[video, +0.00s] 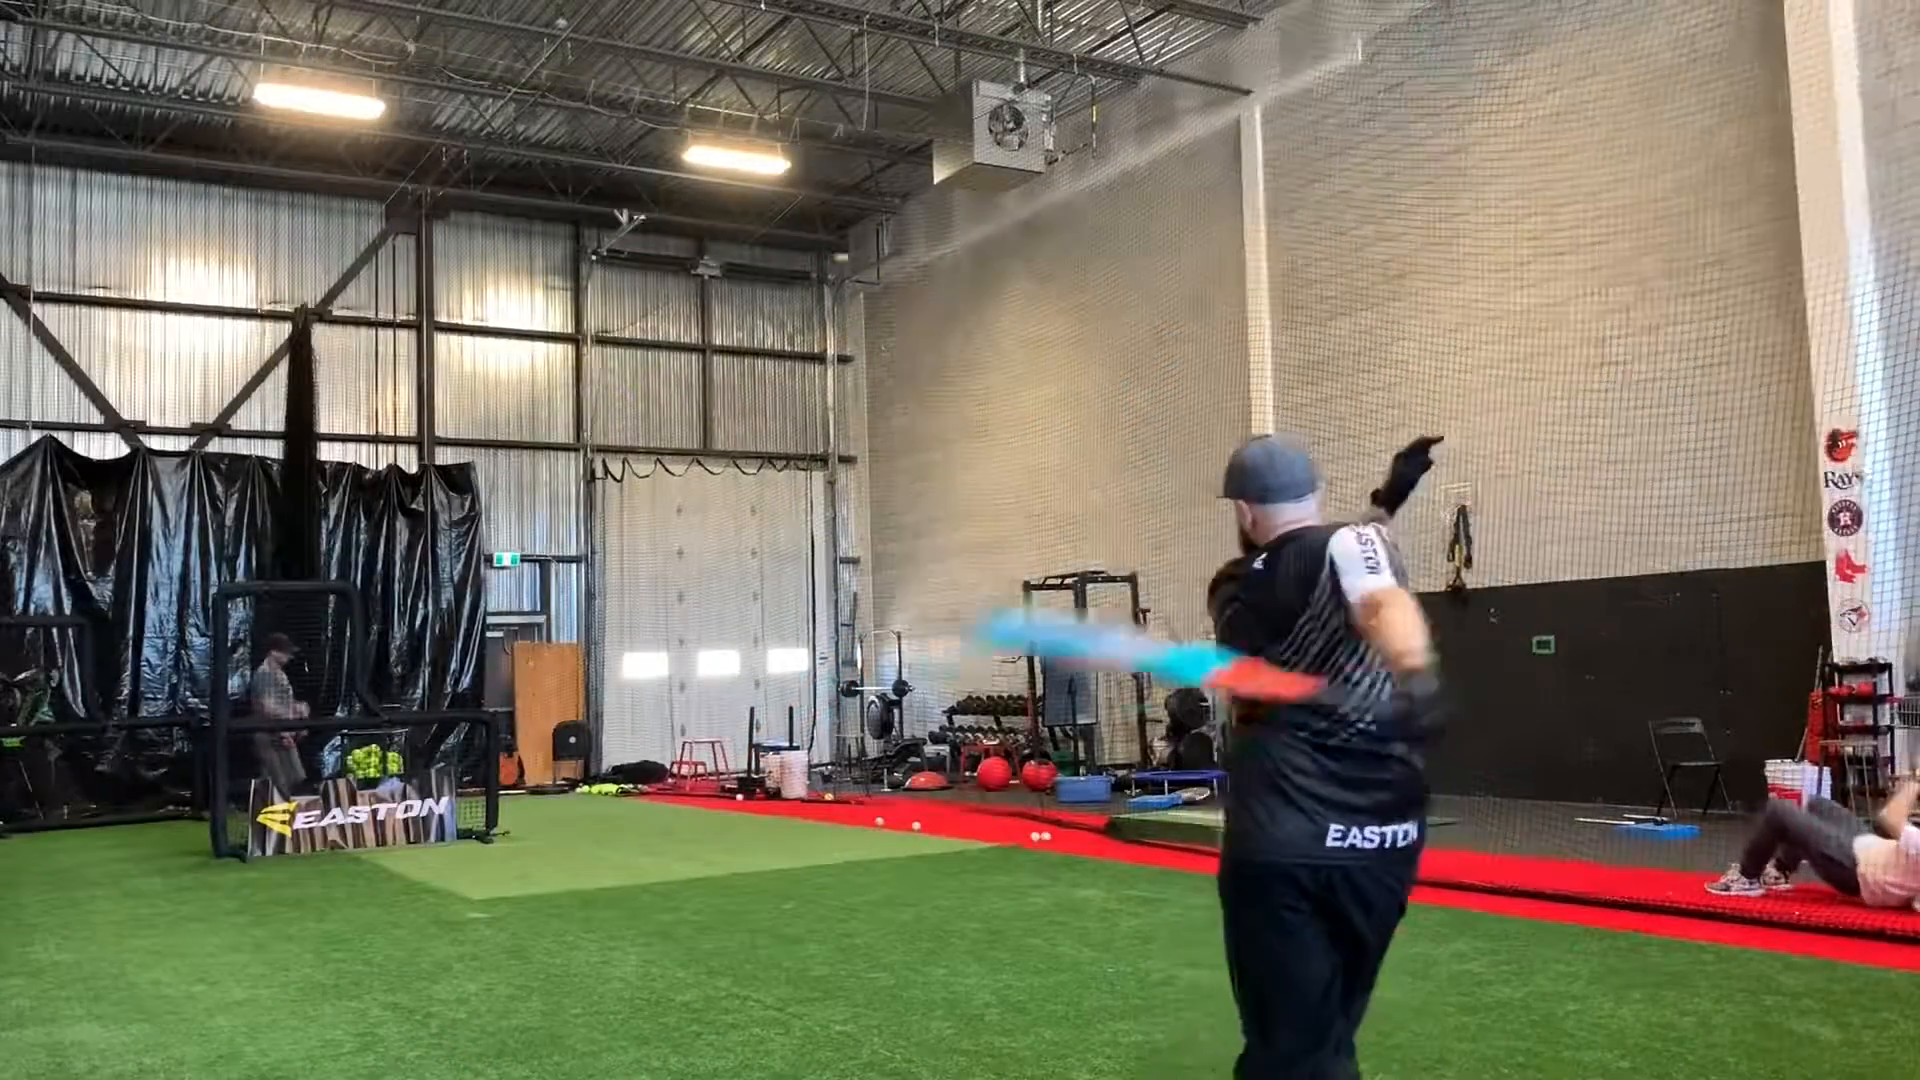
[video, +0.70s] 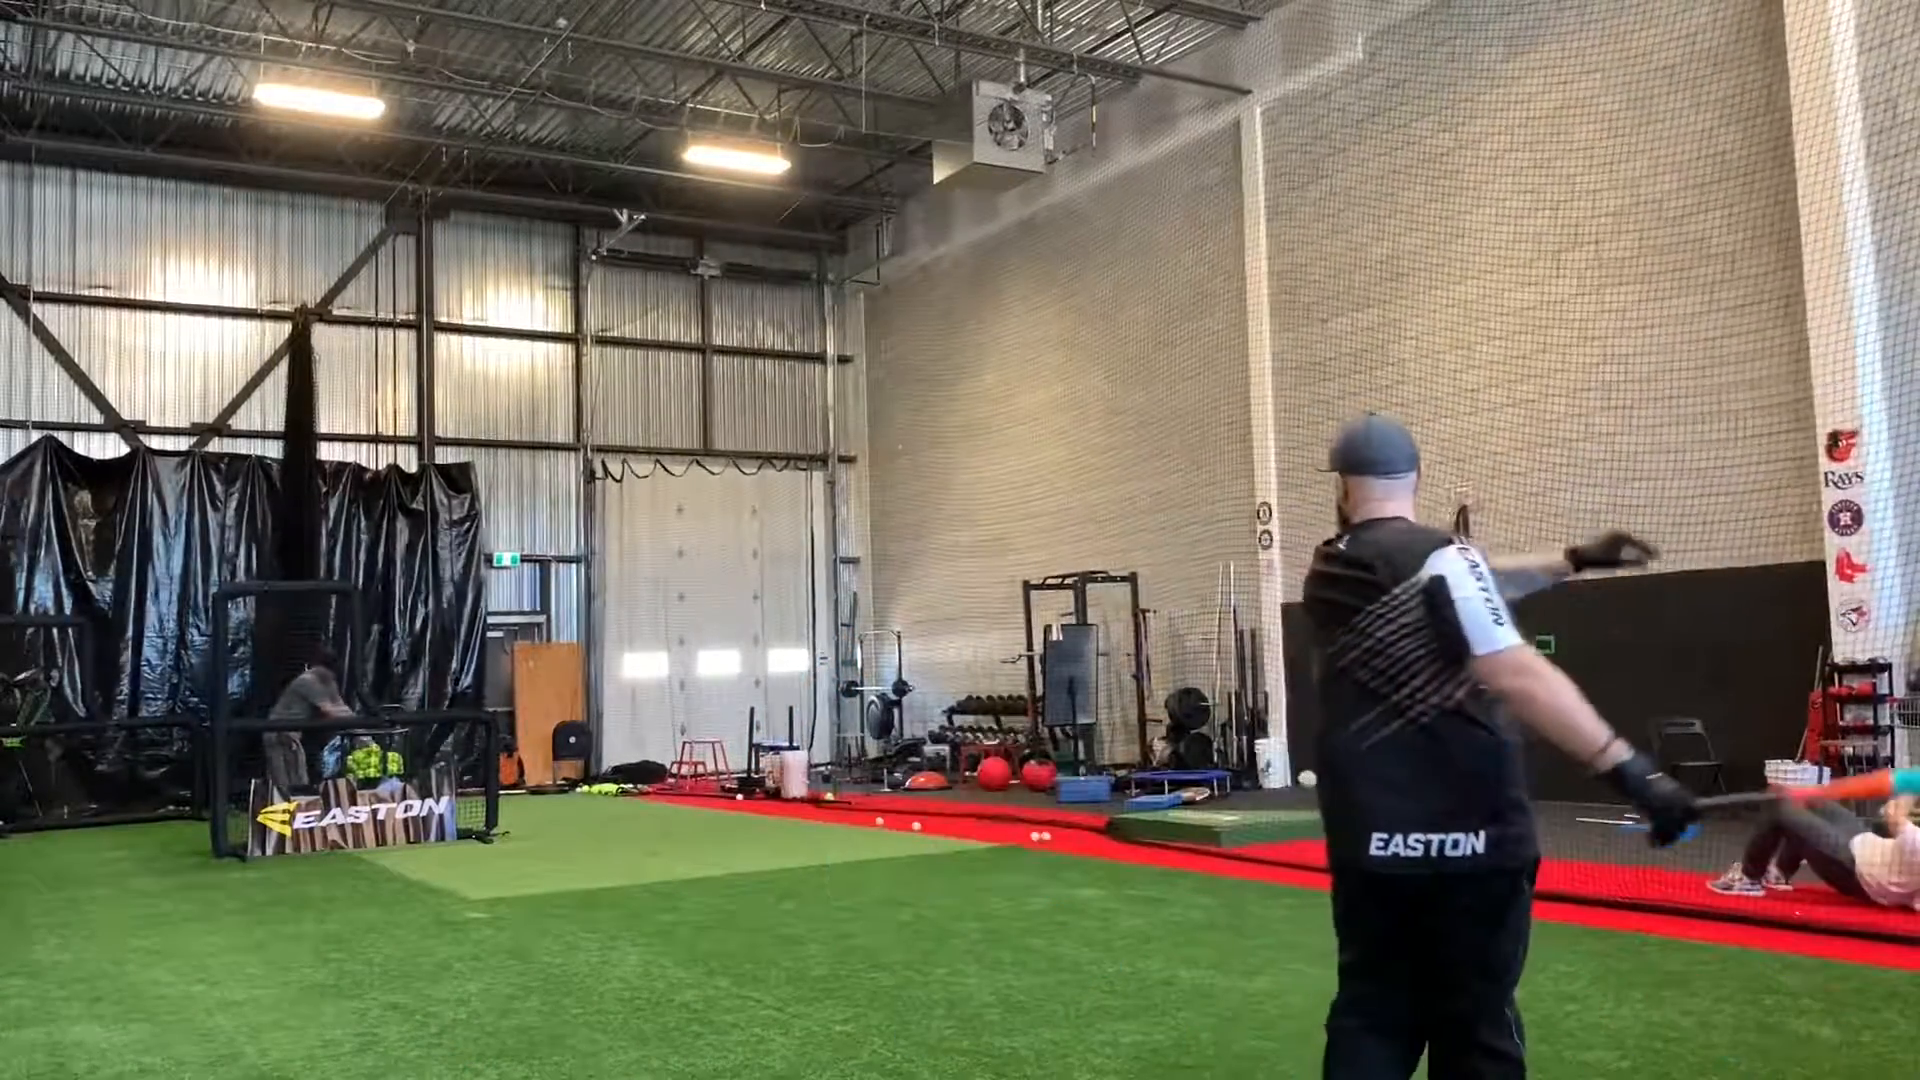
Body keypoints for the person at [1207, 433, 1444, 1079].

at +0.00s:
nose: (1240, 517)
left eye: (1239, 506)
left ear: (1245, 512)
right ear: (1317, 495)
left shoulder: (1238, 593)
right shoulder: (1356, 541)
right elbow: (1383, 605)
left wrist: (1381, 508)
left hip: (1276, 850)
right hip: (1380, 846)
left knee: (1288, 1044)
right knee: (1323, 1038)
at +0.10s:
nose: (1254, 508)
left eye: (1254, 496)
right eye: (1255, 495)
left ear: (1263, 503)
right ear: (1333, 485)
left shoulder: (1256, 577)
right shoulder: (1360, 544)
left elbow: (1376, 544)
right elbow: (1353, 637)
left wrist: (1421, 483)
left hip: (1288, 842)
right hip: (1390, 839)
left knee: (1300, 1042)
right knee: (1352, 1039)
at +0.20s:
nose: (1271, 492)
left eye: (1269, 481)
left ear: (1271, 488)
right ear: (1346, 476)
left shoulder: (1279, 560)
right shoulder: (1357, 548)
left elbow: (1405, 550)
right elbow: (1352, 668)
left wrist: (1456, 479)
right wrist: (1337, 786)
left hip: (1294, 832)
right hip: (1380, 832)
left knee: (1312, 1036)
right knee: (1376, 1037)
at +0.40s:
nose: (1380, 466)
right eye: (1378, 457)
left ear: (1301, 470)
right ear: (1375, 461)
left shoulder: (1306, 547)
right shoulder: (1377, 540)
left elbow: (1452, 544)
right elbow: (1377, 667)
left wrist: (1518, 481)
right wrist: (1431, 787)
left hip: (1320, 813)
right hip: (1410, 813)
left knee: (1346, 1014)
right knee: (1460, 1010)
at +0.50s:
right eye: (1394, 464)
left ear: (1317, 477)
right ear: (1392, 468)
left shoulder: (1316, 557)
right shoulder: (1405, 549)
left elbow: (1470, 546)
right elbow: (1413, 670)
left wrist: (1545, 494)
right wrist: (1478, 788)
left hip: (1339, 828)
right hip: (1434, 828)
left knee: (1353, 1021)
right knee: (1473, 1020)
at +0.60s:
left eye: (1334, 477)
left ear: (1333, 480)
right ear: (1407, 474)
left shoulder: (1329, 565)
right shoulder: (1429, 559)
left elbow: (1476, 561)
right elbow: (1461, 679)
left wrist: (1565, 522)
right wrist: (1556, 794)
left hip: (1358, 840)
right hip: (1459, 840)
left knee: (1360, 1028)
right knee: (1477, 1030)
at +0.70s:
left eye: (1342, 481)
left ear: (1342, 485)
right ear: (1416, 479)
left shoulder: (1326, 569)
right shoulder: (1444, 561)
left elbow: (1460, 581)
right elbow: (1512, 672)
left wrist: (1571, 561)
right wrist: (1633, 771)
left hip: (1368, 842)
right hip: (1473, 841)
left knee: (1369, 1016)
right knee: (1479, 1025)